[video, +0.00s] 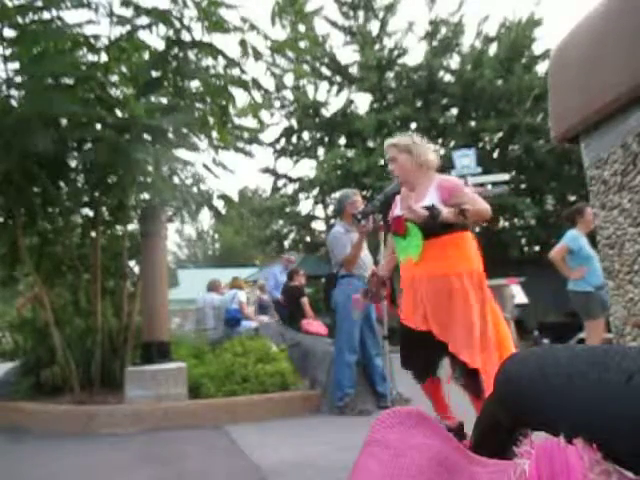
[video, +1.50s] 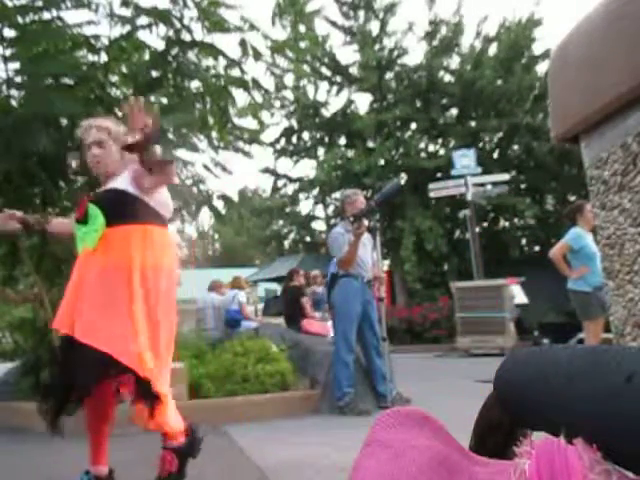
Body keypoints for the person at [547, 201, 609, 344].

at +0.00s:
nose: (593, 219)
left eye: (593, 215)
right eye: (590, 215)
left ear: (583, 219)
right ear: (580, 218)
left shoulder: (581, 237)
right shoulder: (573, 236)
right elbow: (555, 255)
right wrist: (569, 273)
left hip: (594, 288)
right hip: (584, 289)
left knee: (598, 335)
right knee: (595, 335)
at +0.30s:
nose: (594, 218)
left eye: (594, 214)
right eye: (591, 214)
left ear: (584, 217)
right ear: (581, 217)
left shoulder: (584, 237)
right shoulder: (576, 234)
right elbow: (559, 253)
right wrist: (573, 272)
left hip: (595, 287)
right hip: (585, 288)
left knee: (597, 334)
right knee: (594, 334)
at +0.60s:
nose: (594, 217)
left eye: (593, 213)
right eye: (591, 213)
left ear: (584, 217)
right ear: (581, 217)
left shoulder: (586, 236)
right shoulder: (577, 234)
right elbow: (559, 253)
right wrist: (574, 272)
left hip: (595, 287)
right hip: (585, 288)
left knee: (597, 334)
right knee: (594, 334)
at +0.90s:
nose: (594, 216)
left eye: (593, 212)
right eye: (590, 213)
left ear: (584, 216)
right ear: (582, 216)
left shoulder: (586, 236)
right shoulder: (576, 234)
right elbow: (557, 253)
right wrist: (571, 272)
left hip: (594, 287)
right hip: (585, 288)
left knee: (597, 333)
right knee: (595, 334)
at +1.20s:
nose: (593, 216)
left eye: (592, 212)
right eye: (590, 213)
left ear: (584, 216)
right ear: (581, 216)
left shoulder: (586, 235)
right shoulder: (576, 234)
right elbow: (556, 254)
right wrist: (570, 272)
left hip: (595, 287)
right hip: (584, 288)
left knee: (597, 334)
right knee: (594, 335)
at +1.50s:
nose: (593, 214)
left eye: (592, 211)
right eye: (589, 211)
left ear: (583, 215)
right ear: (580, 215)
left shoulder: (587, 235)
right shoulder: (576, 234)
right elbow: (555, 253)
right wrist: (569, 272)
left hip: (595, 286)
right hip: (582, 288)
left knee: (596, 335)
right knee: (592, 336)